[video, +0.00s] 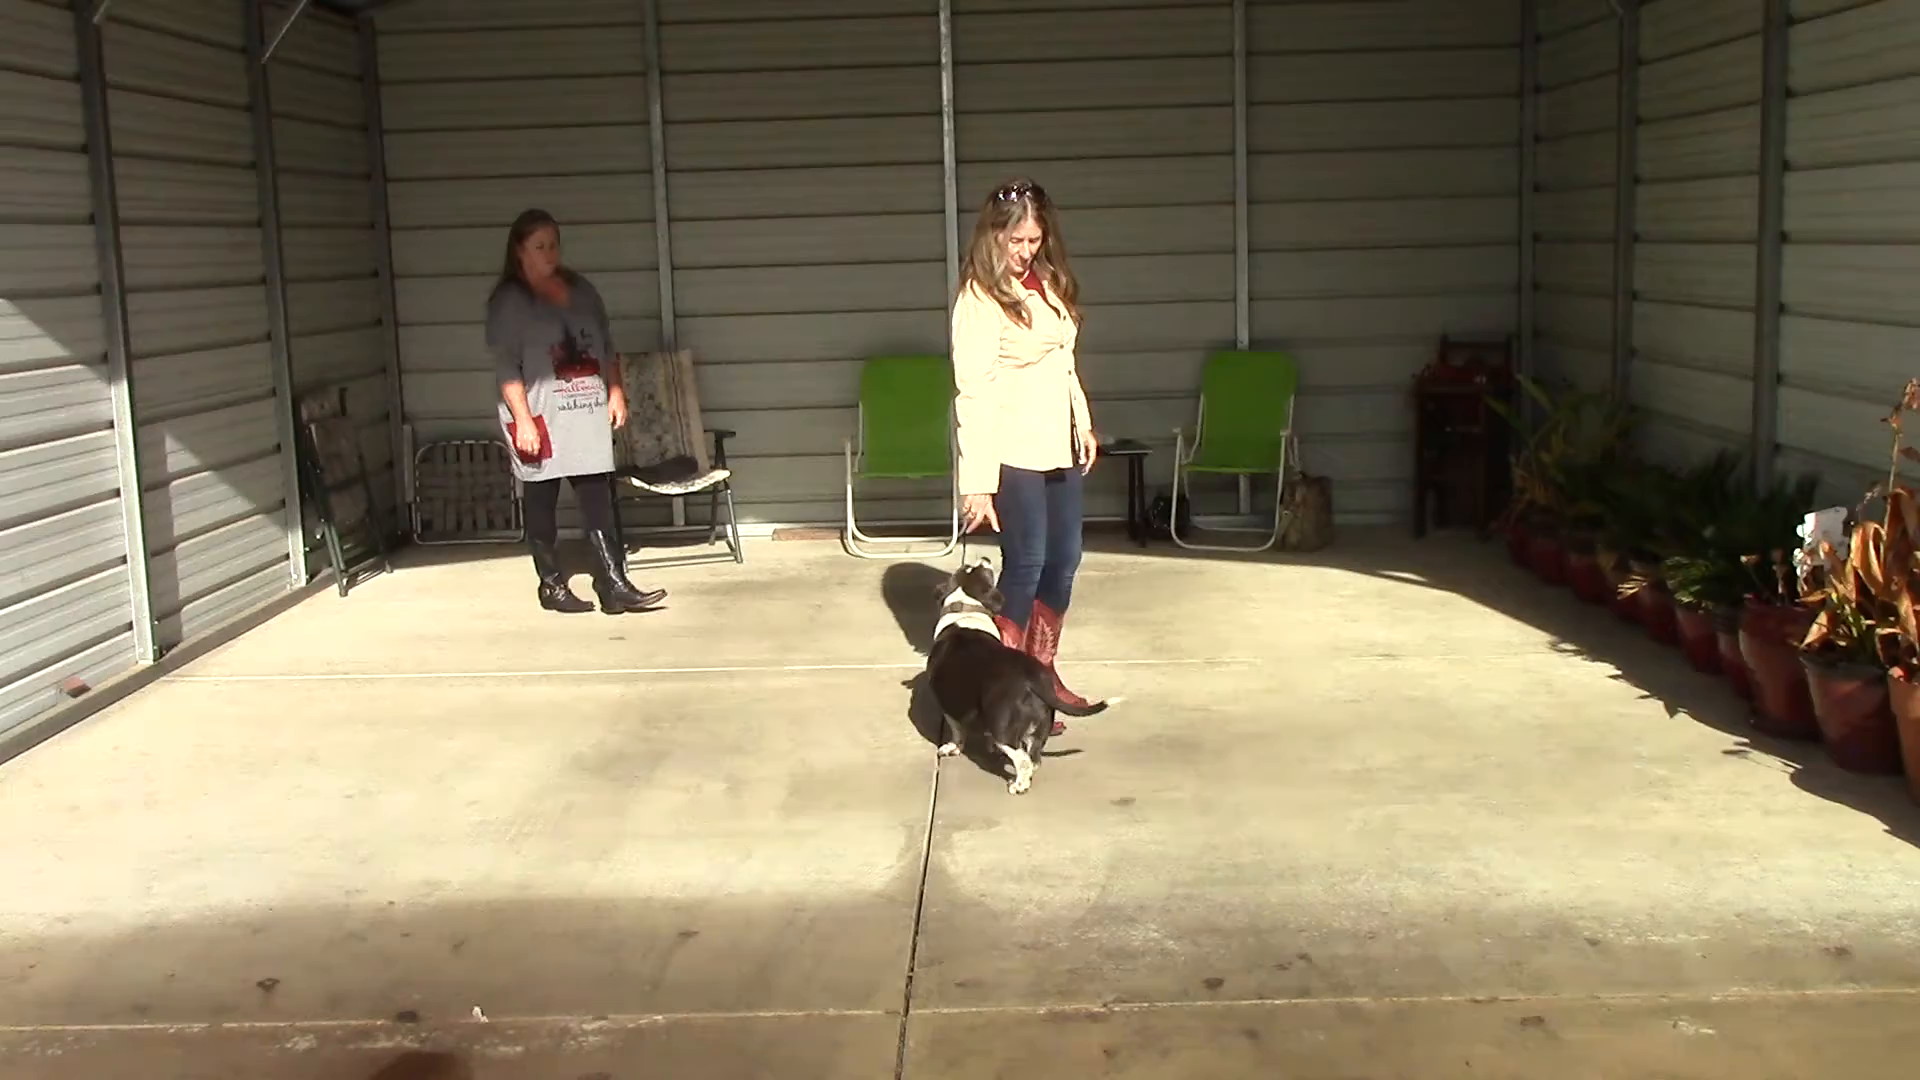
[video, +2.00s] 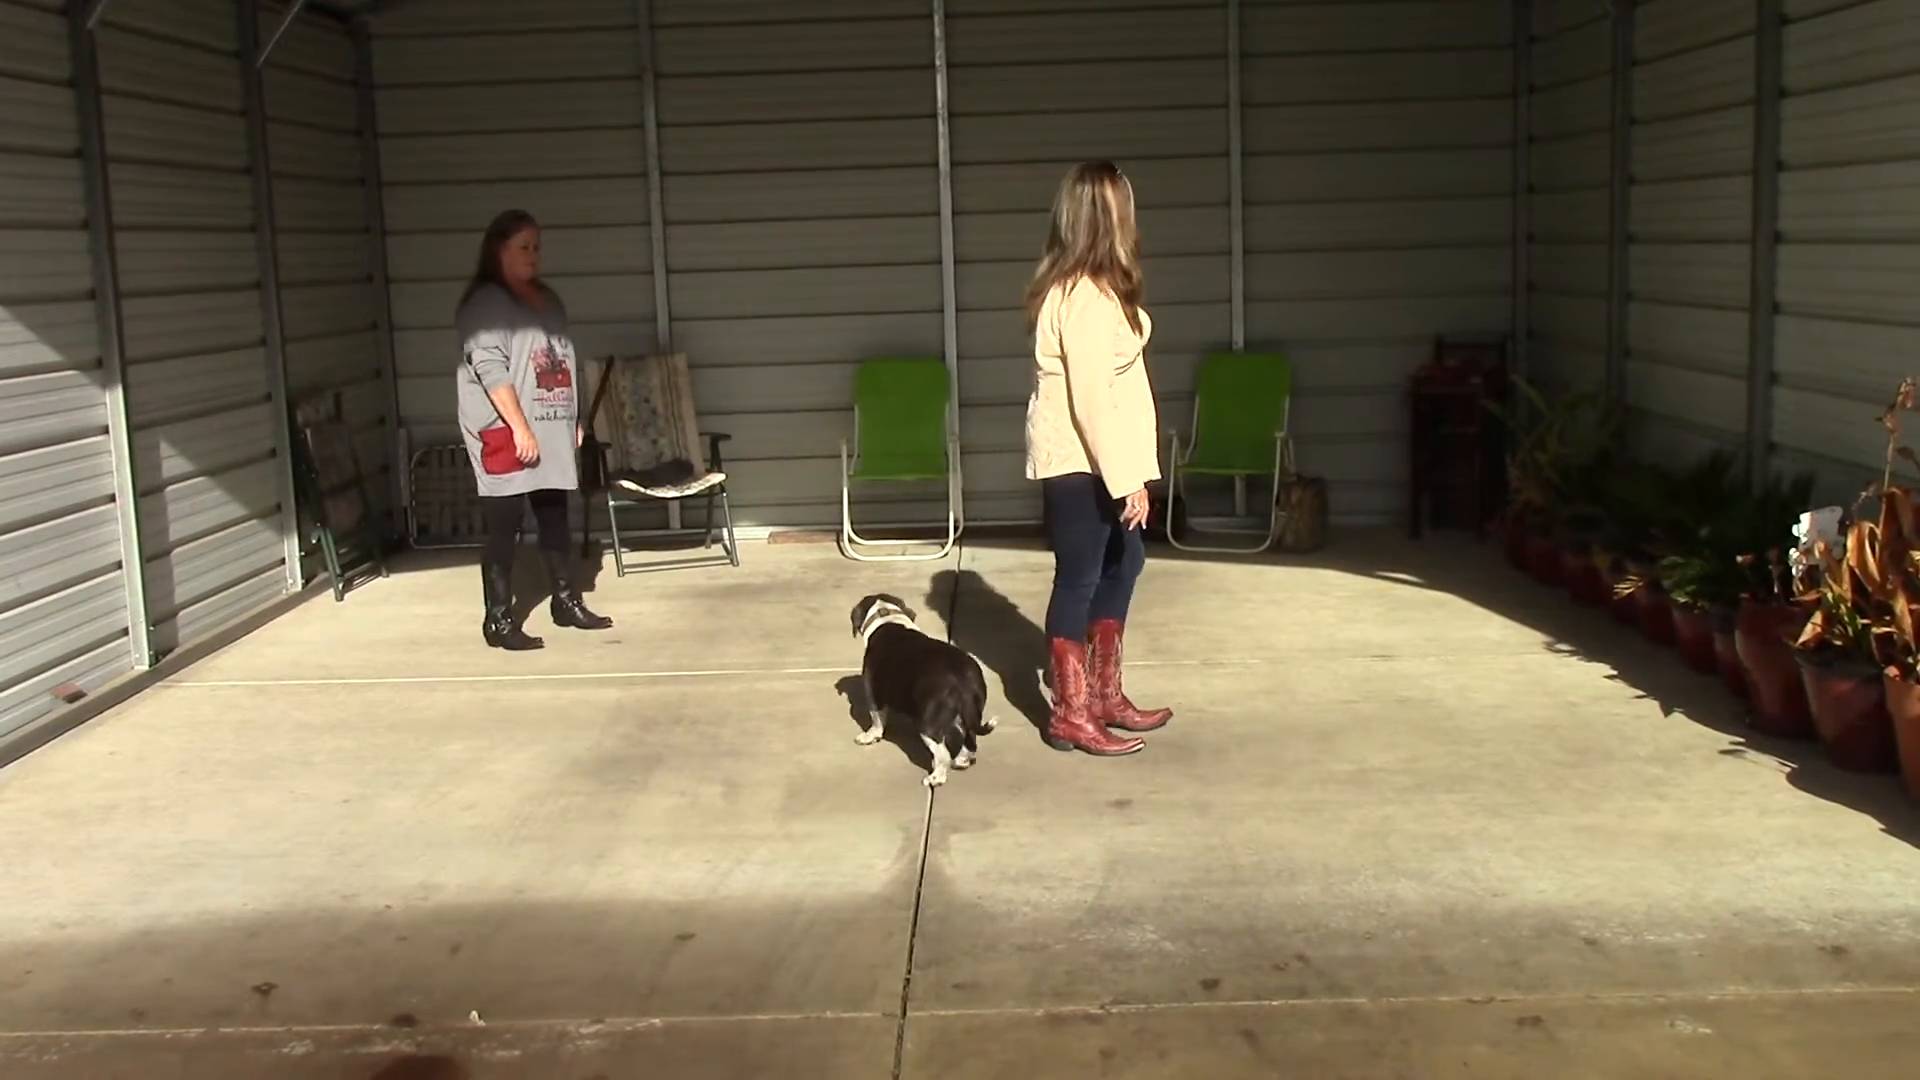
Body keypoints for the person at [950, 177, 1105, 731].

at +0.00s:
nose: (1025, 250)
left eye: (1033, 239)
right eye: (1015, 239)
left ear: (1043, 236)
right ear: (992, 235)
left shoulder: (1047, 284)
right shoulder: (977, 298)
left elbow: (1064, 364)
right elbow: (972, 394)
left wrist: (1082, 424)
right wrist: (976, 480)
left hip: (1060, 445)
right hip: (1011, 447)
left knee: (1064, 559)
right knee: (1025, 564)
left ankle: (1042, 676)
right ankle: (1007, 687)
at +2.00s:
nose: (1134, 221)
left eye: (1129, 209)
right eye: (1128, 211)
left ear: (1072, 217)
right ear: (1116, 218)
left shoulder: (1096, 289)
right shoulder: (1083, 294)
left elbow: (1118, 395)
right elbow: (1091, 402)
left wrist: (1139, 472)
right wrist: (1125, 482)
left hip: (1102, 453)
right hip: (1074, 457)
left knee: (1124, 559)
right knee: (1080, 571)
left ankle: (1103, 697)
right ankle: (1069, 714)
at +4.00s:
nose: (1219, 210)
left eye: (1216, 200)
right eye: (1211, 201)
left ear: (1164, 209)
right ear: (1186, 210)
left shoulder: (1148, 276)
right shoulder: (1167, 282)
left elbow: (1172, 366)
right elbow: (1174, 371)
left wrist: (1230, 384)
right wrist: (1236, 396)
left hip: (1150, 442)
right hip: (1171, 443)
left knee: (1164, 559)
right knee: (1188, 562)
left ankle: (1149, 691)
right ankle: (1156, 698)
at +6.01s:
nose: (1208, 207)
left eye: (1207, 196)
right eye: (1197, 197)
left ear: (1174, 208)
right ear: (1166, 206)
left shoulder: (1165, 275)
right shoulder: (1156, 279)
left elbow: (1168, 380)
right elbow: (1163, 383)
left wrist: (1200, 455)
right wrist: (1193, 462)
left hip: (1161, 444)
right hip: (1158, 446)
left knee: (1164, 558)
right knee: (1173, 558)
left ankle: (1154, 693)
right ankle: (1153, 696)